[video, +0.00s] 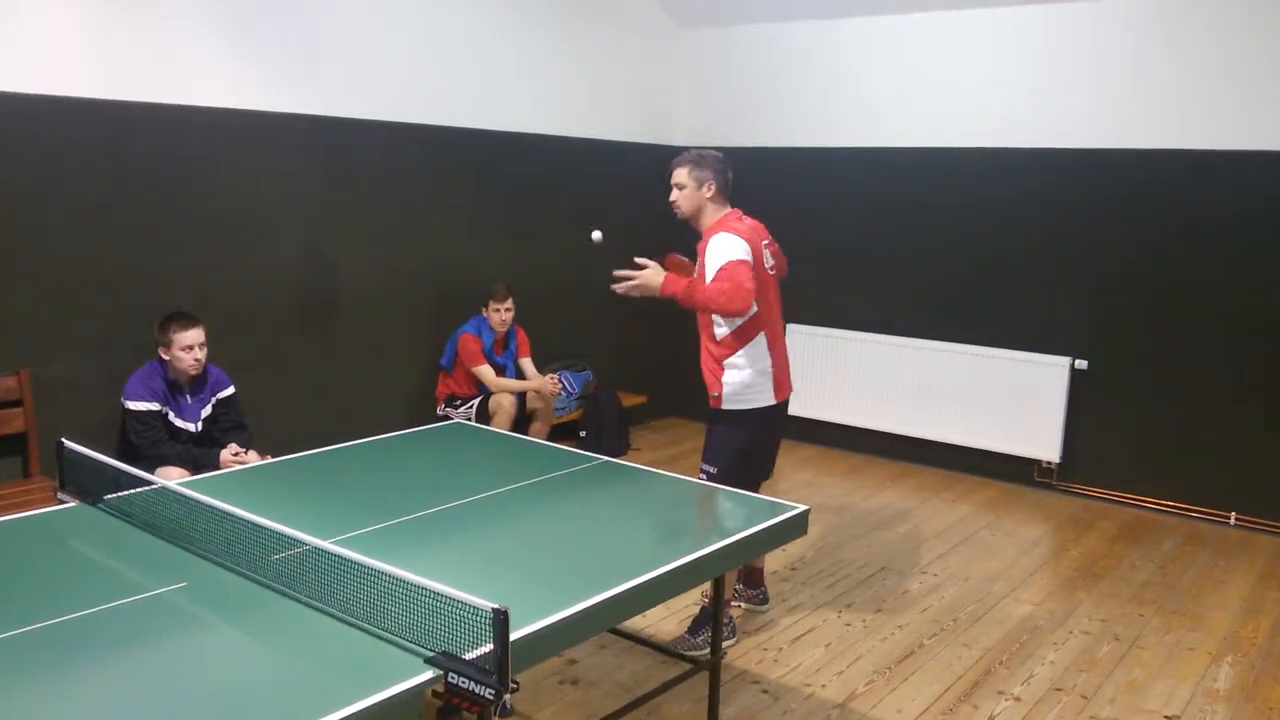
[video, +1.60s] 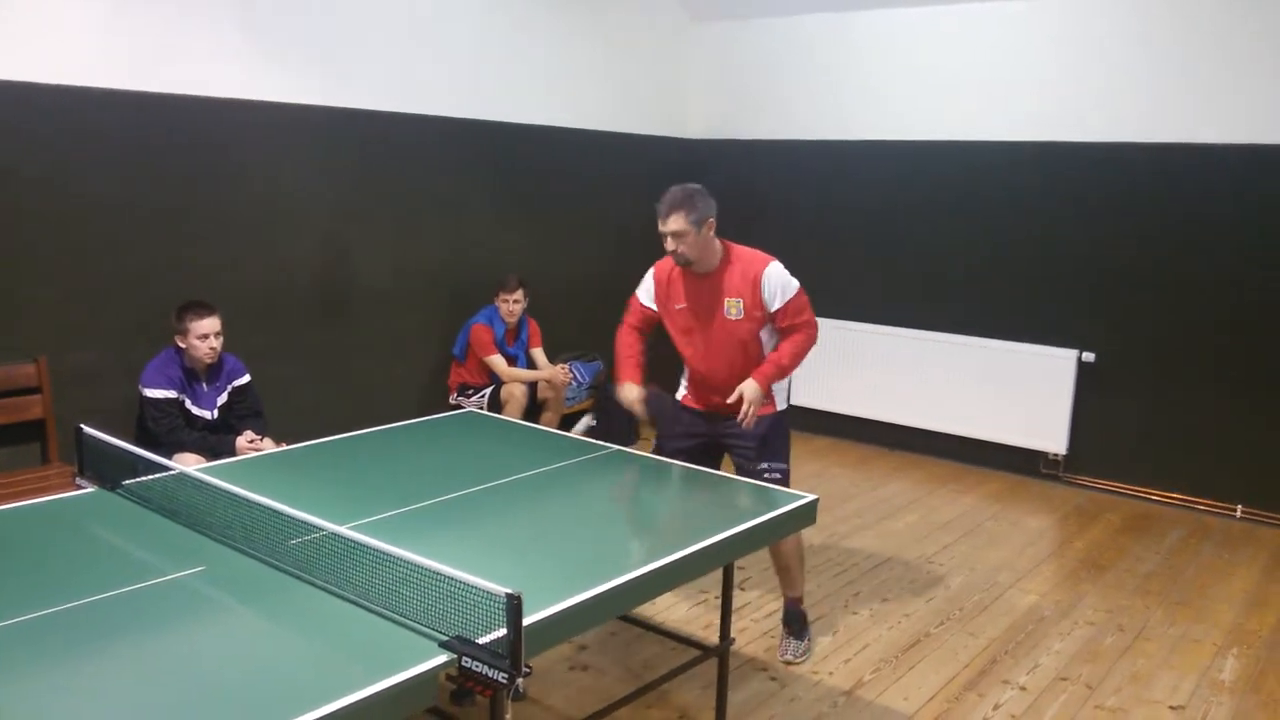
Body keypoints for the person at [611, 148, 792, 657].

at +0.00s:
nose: (672, 197)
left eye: (678, 188)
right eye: (672, 188)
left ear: (708, 189)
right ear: (713, 191)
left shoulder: (723, 239)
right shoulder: (751, 229)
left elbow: (736, 298)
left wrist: (667, 285)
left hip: (741, 400)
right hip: (764, 395)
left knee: (714, 505)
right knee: (742, 494)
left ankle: (717, 613)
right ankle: (752, 582)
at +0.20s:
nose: (656, 206)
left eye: (660, 196)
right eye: (655, 197)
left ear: (686, 192)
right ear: (689, 194)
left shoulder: (730, 240)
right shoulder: (704, 242)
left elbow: (779, 298)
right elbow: (730, 305)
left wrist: (708, 305)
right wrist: (686, 317)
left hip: (749, 403)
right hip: (734, 399)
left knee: (715, 503)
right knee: (740, 496)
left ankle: (723, 610)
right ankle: (754, 578)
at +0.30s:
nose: (649, 213)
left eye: (652, 202)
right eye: (647, 203)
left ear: (678, 197)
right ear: (678, 198)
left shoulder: (736, 242)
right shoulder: (689, 252)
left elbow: (782, 303)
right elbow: (694, 314)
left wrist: (713, 315)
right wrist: (628, 328)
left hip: (750, 404)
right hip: (717, 402)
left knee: (714, 502)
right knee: (732, 495)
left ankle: (723, 606)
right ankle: (754, 577)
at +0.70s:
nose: (655, 202)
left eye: (665, 193)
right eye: (651, 193)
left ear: (697, 194)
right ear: (649, 196)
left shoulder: (743, 249)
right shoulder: (652, 245)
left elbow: (776, 317)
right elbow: (631, 308)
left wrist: (717, 324)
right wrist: (609, 297)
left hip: (735, 401)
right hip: (681, 394)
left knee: (729, 504)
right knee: (668, 492)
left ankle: (731, 607)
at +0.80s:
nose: (649, 204)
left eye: (660, 195)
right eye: (645, 194)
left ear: (692, 196)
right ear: (644, 197)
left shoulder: (735, 252)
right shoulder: (642, 251)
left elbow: (761, 322)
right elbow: (635, 321)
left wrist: (704, 327)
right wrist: (630, 331)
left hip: (725, 403)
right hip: (672, 396)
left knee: (726, 504)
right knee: (648, 491)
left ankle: (728, 606)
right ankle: (624, 585)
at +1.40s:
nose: (672, 241)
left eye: (682, 230)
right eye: (667, 230)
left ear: (713, 225)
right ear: (664, 228)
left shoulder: (760, 272)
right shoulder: (664, 277)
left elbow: (791, 341)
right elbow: (655, 336)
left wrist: (737, 383)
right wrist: (666, 387)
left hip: (762, 416)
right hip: (696, 414)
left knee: (778, 511)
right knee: (666, 501)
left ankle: (795, 617)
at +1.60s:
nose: (670, 247)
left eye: (678, 236)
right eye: (665, 237)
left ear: (710, 228)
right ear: (663, 233)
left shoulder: (761, 272)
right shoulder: (662, 277)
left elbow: (803, 329)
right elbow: (631, 327)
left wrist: (761, 380)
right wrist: (629, 379)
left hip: (756, 411)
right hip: (692, 407)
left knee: (774, 510)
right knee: (660, 499)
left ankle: (794, 615)